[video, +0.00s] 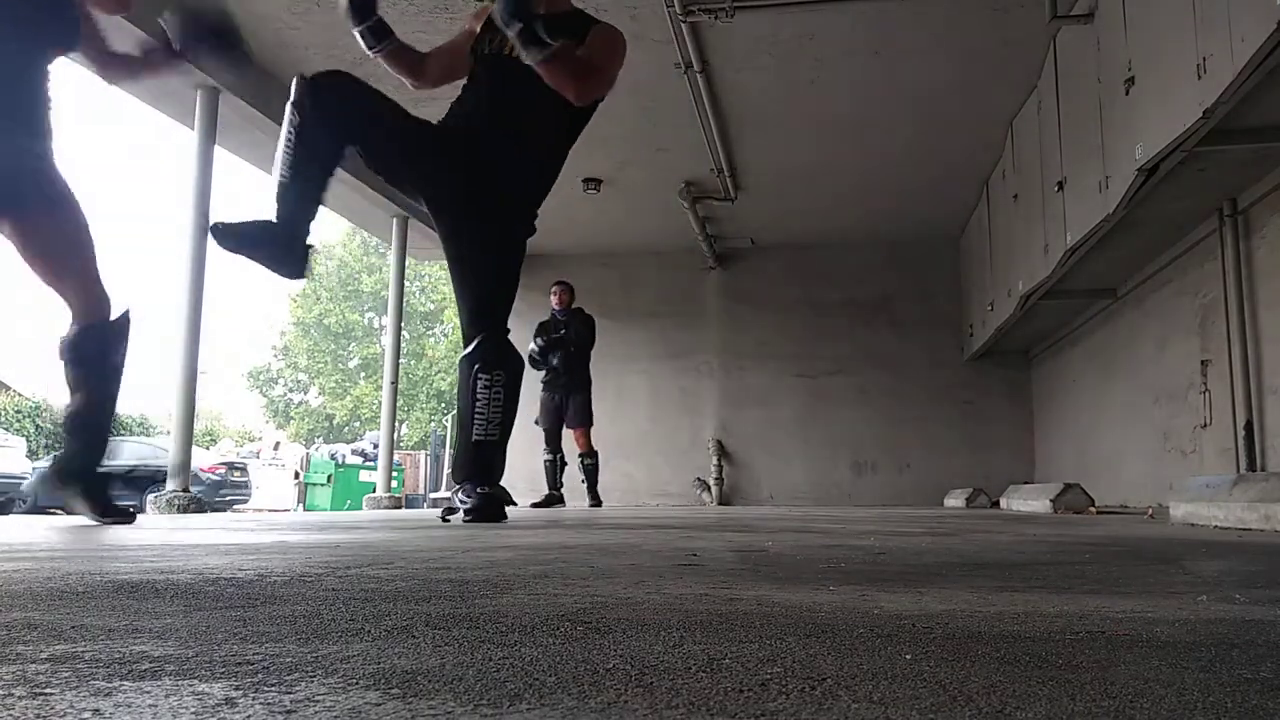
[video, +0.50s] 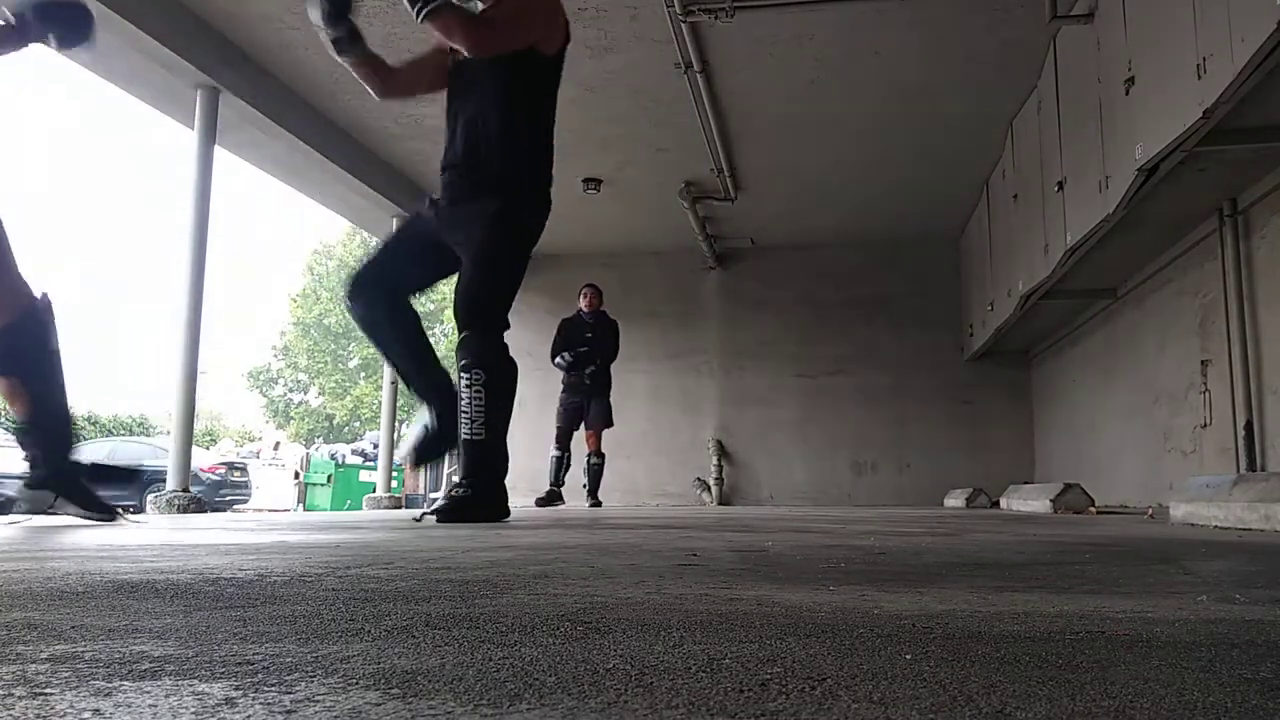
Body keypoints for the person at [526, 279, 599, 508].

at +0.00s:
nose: (558, 297)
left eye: (562, 293)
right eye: (554, 294)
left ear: (571, 297)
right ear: (550, 299)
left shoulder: (583, 320)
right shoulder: (544, 326)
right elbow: (534, 359)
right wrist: (548, 358)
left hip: (577, 388)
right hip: (551, 388)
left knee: (582, 438)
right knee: (550, 439)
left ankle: (592, 491)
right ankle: (554, 492)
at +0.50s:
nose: (589, 300)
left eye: (593, 296)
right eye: (585, 296)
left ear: (601, 301)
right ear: (579, 300)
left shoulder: (609, 325)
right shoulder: (567, 324)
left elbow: (611, 353)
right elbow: (556, 353)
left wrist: (592, 366)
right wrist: (563, 361)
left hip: (597, 390)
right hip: (571, 389)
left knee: (593, 438)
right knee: (562, 436)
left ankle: (592, 494)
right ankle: (554, 489)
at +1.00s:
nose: (578, 306)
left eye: (582, 302)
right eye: (574, 303)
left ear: (590, 307)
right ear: (569, 307)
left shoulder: (601, 329)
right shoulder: (561, 331)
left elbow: (612, 357)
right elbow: (553, 362)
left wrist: (591, 371)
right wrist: (567, 369)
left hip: (592, 393)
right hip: (567, 393)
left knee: (588, 438)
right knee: (568, 440)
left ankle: (591, 493)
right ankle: (575, 489)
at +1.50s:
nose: (562, 313)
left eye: (566, 309)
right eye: (558, 309)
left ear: (575, 311)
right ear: (555, 313)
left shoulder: (588, 332)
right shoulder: (551, 339)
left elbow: (600, 360)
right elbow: (547, 371)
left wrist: (580, 370)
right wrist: (552, 375)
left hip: (584, 395)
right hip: (561, 397)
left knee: (583, 440)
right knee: (568, 443)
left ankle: (590, 493)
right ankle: (576, 492)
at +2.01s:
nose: (563, 313)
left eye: (568, 309)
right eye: (560, 309)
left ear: (576, 312)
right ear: (555, 314)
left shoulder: (589, 333)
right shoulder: (550, 340)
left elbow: (603, 360)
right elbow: (547, 369)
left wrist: (580, 364)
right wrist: (554, 382)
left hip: (585, 396)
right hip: (562, 399)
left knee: (585, 439)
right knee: (568, 444)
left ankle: (591, 492)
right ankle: (576, 492)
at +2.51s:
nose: (574, 320)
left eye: (578, 316)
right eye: (570, 316)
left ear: (587, 314)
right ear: (566, 316)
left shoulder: (599, 333)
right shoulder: (561, 337)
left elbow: (606, 363)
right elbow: (554, 366)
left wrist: (581, 362)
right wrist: (565, 374)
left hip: (592, 395)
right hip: (569, 397)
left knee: (592, 439)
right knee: (572, 442)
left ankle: (602, 494)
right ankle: (577, 492)